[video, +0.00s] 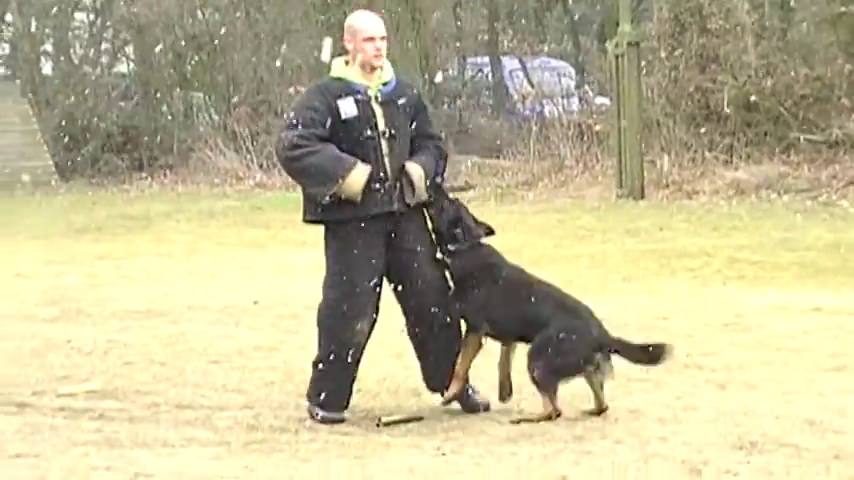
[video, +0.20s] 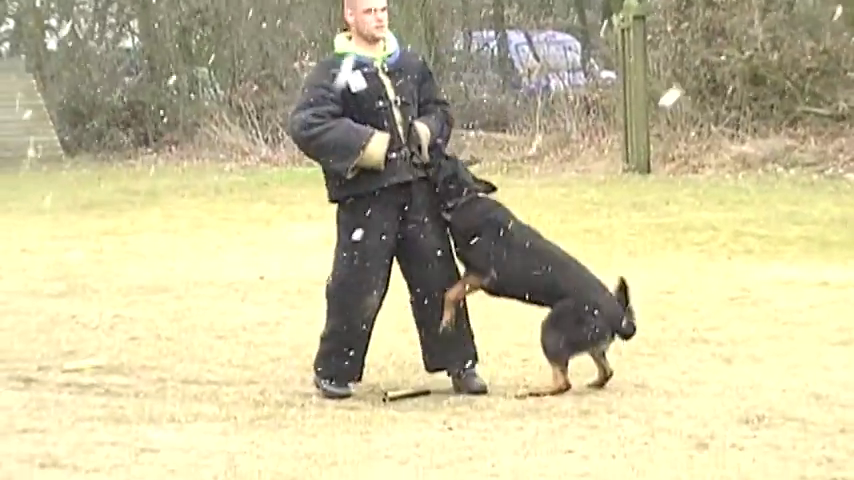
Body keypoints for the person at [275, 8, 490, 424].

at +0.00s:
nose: (378, 48)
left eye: (382, 40)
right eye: (369, 40)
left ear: (388, 44)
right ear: (348, 44)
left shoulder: (404, 95)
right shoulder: (326, 94)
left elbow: (432, 144)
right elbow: (294, 146)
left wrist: (421, 168)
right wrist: (347, 173)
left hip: (407, 218)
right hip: (354, 220)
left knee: (431, 297)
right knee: (349, 310)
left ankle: (453, 382)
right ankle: (327, 398)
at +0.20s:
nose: (380, 17)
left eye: (383, 10)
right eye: (370, 11)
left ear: (389, 14)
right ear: (349, 16)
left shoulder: (410, 63)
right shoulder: (333, 70)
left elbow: (438, 110)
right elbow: (307, 125)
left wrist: (427, 130)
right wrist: (364, 143)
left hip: (418, 189)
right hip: (368, 195)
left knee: (438, 275)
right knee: (357, 285)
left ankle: (461, 364)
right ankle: (334, 371)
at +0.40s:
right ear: (347, 1)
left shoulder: (409, 37)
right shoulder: (330, 46)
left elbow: (443, 85)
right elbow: (316, 104)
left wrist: (436, 107)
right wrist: (380, 114)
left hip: (425, 162)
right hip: (376, 168)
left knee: (442, 248)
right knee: (368, 256)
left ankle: (459, 341)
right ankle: (331, 339)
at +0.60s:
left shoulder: (414, 24)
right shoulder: (335, 23)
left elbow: (441, 70)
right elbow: (307, 75)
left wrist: (440, 90)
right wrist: (358, 100)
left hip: (419, 147)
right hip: (367, 150)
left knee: (434, 232)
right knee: (357, 238)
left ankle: (453, 324)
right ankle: (324, 323)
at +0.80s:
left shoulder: (407, 22)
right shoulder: (323, 18)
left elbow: (438, 75)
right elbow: (298, 70)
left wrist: (422, 99)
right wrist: (353, 88)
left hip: (407, 143)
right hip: (353, 142)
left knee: (423, 231)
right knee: (345, 234)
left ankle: (438, 318)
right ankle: (312, 318)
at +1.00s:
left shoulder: (382, 23)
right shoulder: (293, 30)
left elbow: (413, 75)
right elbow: (267, 82)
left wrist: (395, 102)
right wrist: (312, 107)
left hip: (384, 150)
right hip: (331, 154)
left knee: (401, 237)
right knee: (325, 243)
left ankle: (420, 328)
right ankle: (293, 328)